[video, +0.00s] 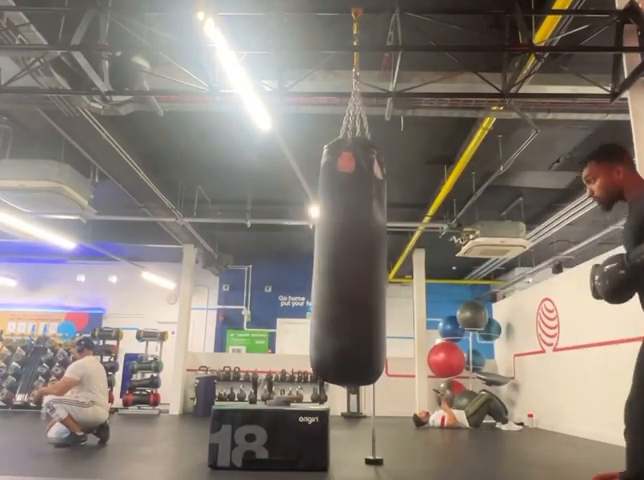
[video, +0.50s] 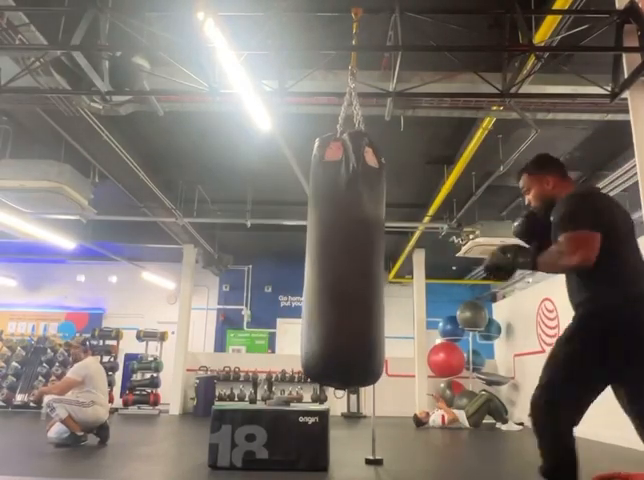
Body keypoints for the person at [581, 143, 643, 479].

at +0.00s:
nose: (589, 193)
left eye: (591, 180)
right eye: (586, 185)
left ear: (618, 168)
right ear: (618, 171)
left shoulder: (640, 208)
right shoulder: (634, 217)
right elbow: (634, 266)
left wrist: (628, 266)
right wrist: (614, 281)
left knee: (636, 407)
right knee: (636, 407)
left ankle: (635, 469)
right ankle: (633, 468)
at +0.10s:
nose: (583, 202)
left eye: (585, 190)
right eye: (580, 194)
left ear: (612, 180)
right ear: (613, 183)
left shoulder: (639, 220)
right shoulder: (633, 221)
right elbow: (637, 274)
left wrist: (621, 280)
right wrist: (617, 281)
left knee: (629, 416)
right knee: (629, 414)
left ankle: (631, 471)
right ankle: (629, 469)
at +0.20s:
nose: (565, 199)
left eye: (566, 188)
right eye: (562, 192)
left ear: (592, 177)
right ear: (592, 180)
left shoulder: (631, 202)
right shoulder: (620, 209)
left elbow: (642, 253)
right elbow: (629, 258)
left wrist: (599, 270)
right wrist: (590, 263)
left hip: (640, 325)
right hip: (636, 324)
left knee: (627, 414)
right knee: (626, 412)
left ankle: (630, 471)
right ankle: (629, 469)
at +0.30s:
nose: (548, 196)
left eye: (549, 185)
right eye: (545, 189)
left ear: (573, 174)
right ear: (575, 176)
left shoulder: (611, 196)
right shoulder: (604, 200)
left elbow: (622, 252)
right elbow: (611, 251)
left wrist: (564, 259)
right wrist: (571, 247)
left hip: (633, 318)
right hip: (626, 317)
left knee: (625, 405)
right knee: (624, 401)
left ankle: (628, 469)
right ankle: (626, 466)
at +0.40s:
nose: (537, 195)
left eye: (537, 185)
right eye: (534, 188)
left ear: (560, 173)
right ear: (564, 174)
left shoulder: (588, 195)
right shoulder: (611, 193)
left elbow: (592, 249)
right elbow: (591, 255)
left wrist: (535, 262)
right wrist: (555, 234)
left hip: (618, 320)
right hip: (635, 316)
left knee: (595, 416)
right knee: (639, 404)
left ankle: (607, 473)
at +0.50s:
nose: (527, 201)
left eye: (528, 191)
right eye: (524, 194)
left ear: (549, 181)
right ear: (555, 181)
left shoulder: (576, 203)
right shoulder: (603, 202)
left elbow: (580, 253)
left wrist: (525, 259)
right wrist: (540, 242)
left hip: (603, 324)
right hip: (632, 321)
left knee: (549, 409)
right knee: (640, 410)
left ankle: (558, 475)